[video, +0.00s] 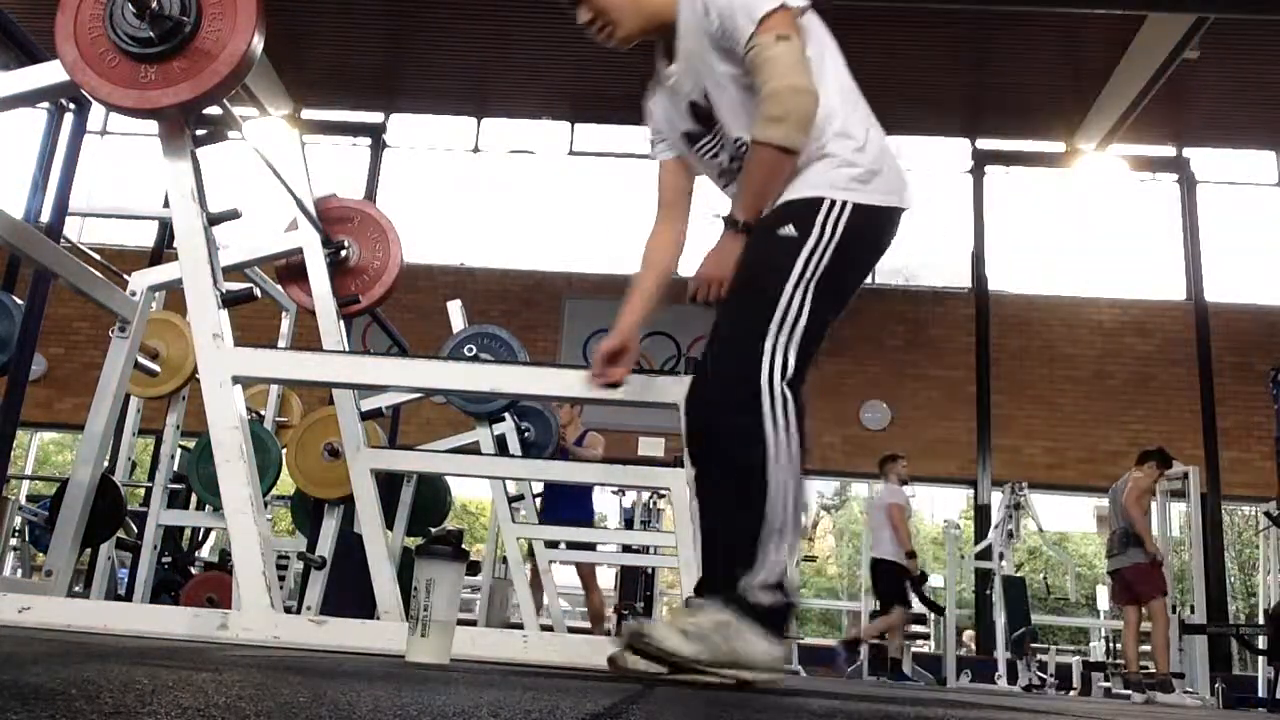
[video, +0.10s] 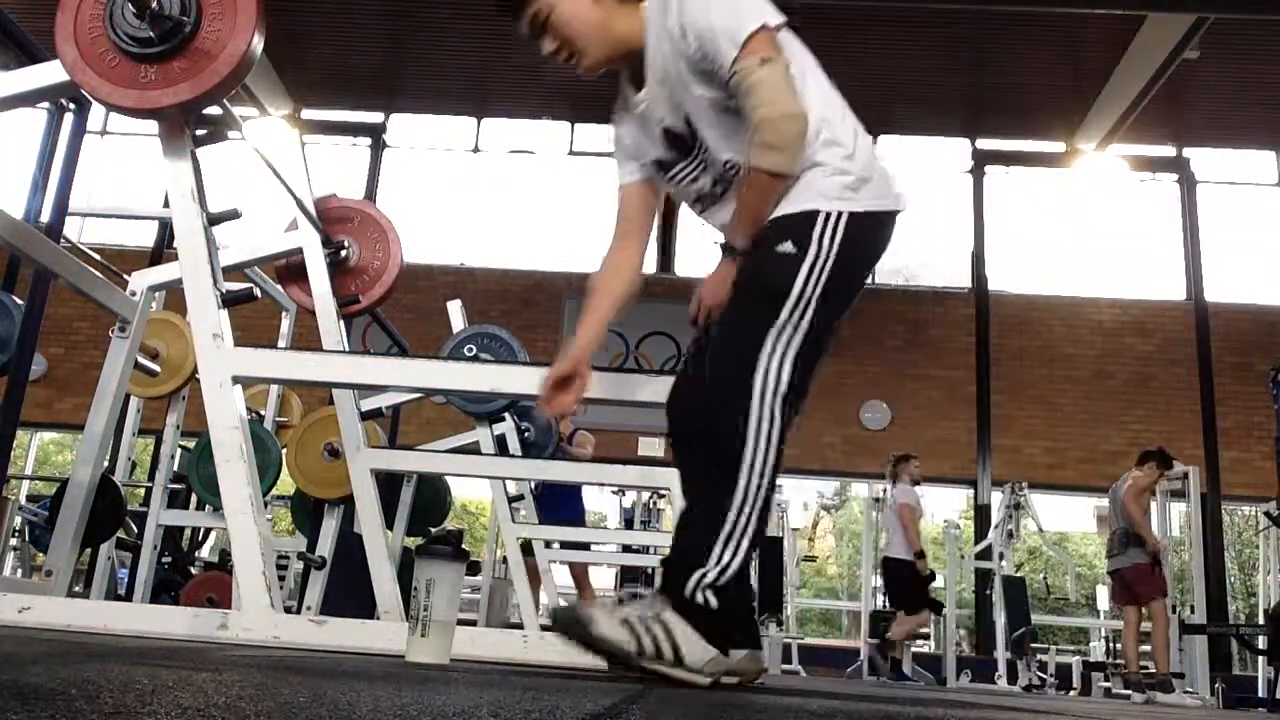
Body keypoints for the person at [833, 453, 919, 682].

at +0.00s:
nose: (907, 470)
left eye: (906, 466)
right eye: (903, 466)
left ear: (889, 472)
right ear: (891, 470)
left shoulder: (883, 494)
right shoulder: (894, 492)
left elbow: (889, 529)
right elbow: (898, 524)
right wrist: (910, 555)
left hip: (884, 560)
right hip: (889, 561)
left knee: (895, 616)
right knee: (898, 614)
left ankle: (895, 667)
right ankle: (852, 640)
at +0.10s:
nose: (918, 471)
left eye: (918, 467)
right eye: (915, 467)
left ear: (901, 471)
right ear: (903, 470)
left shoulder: (896, 492)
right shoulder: (905, 491)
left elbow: (904, 527)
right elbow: (908, 524)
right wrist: (919, 555)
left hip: (895, 558)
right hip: (902, 559)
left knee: (902, 613)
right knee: (922, 615)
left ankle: (896, 666)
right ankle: (885, 643)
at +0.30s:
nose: (946, 474)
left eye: (945, 470)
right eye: (942, 469)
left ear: (929, 475)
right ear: (930, 473)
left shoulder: (919, 498)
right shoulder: (933, 496)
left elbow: (921, 531)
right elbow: (932, 526)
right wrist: (942, 557)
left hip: (914, 563)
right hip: (930, 564)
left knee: (910, 614)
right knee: (952, 614)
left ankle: (893, 662)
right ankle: (959, 664)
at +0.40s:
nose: (960, 477)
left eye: (960, 473)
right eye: (956, 473)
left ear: (946, 477)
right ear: (944, 476)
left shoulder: (938, 499)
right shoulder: (945, 499)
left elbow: (942, 534)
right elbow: (947, 533)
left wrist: (953, 561)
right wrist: (957, 561)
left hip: (932, 568)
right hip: (943, 569)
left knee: (923, 614)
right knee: (965, 620)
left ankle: (900, 664)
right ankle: (980, 671)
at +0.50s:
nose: (975, 479)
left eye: (975, 475)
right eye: (972, 475)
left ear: (960, 478)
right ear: (960, 477)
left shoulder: (950, 502)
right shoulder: (962, 502)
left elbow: (955, 537)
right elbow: (965, 537)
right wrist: (973, 565)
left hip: (949, 569)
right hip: (963, 570)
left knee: (946, 618)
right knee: (983, 622)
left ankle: (913, 654)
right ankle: (985, 675)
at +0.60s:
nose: (990, 479)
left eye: (990, 475)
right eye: (987, 475)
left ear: (975, 480)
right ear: (975, 478)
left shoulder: (964, 502)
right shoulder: (976, 502)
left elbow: (970, 538)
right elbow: (980, 537)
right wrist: (989, 567)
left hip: (964, 567)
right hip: (977, 568)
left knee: (971, 622)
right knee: (987, 623)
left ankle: (938, 650)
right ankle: (985, 676)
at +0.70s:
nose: (1004, 480)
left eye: (1004, 476)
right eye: (1000, 475)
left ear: (986, 479)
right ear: (987, 478)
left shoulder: (976, 501)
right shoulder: (990, 502)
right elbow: (995, 535)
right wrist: (1004, 566)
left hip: (977, 566)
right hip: (988, 567)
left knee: (988, 619)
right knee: (995, 621)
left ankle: (971, 647)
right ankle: (987, 674)